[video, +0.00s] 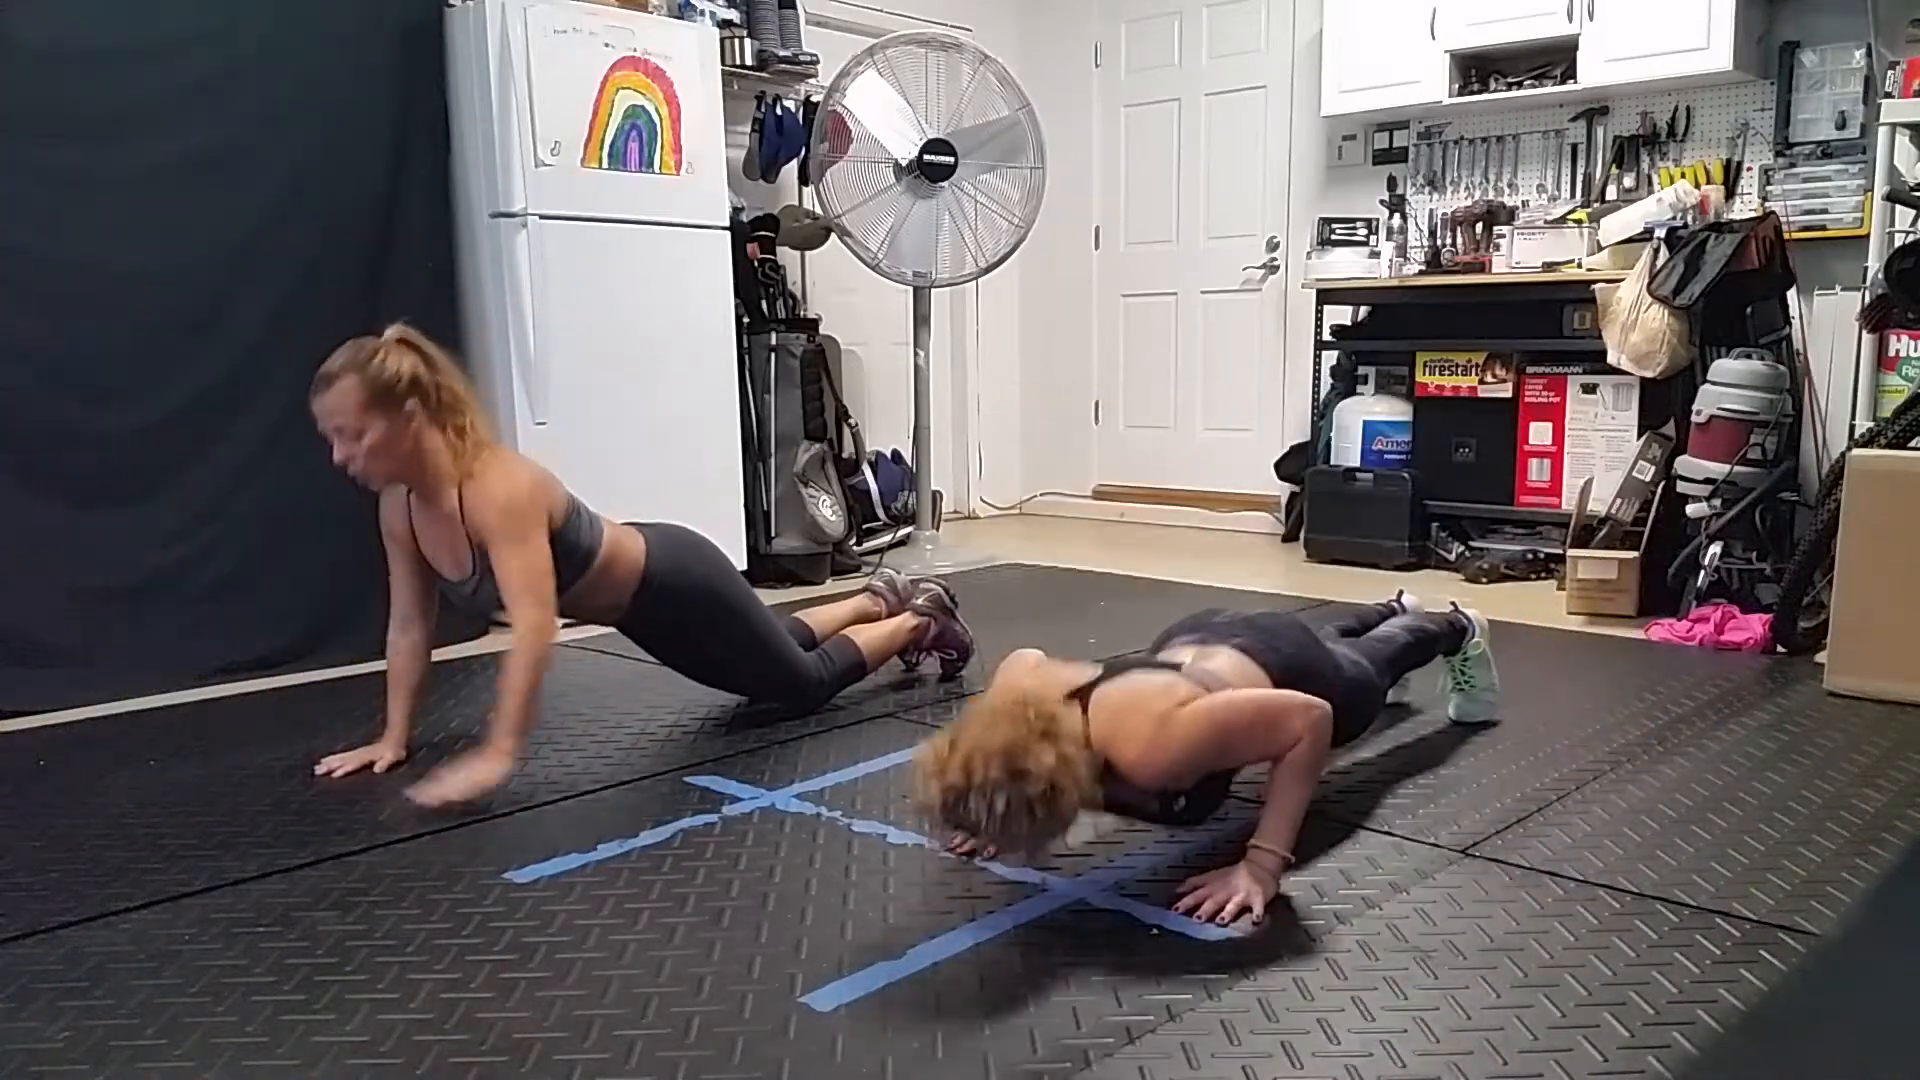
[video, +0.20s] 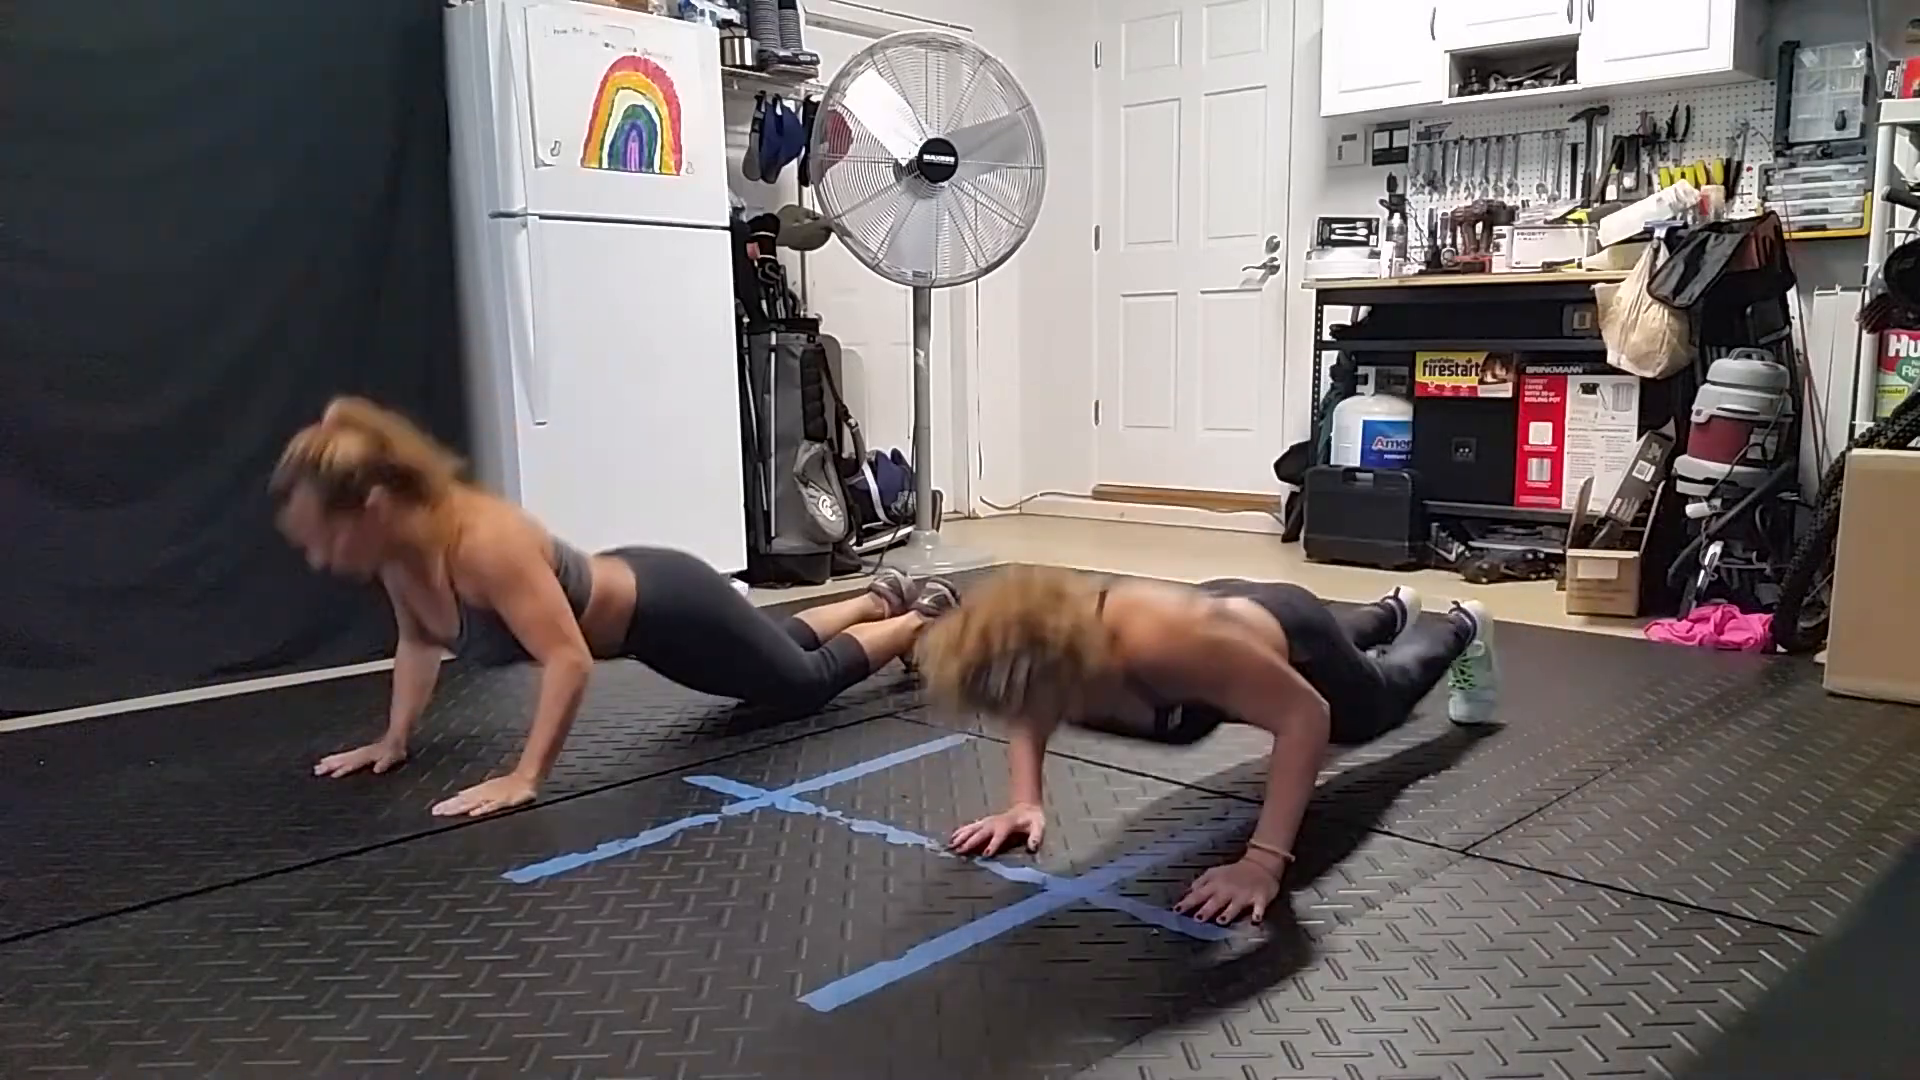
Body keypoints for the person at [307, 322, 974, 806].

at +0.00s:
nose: (338, 457)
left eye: (347, 437)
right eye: (331, 442)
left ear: (410, 417)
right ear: (384, 430)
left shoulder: (497, 488)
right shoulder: (401, 502)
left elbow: (534, 626)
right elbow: (410, 623)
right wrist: (393, 739)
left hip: (678, 586)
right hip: (637, 600)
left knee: (806, 682)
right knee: (769, 653)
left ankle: (920, 623)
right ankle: (878, 598)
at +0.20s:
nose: (316, 561)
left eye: (318, 541)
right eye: (305, 547)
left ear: (374, 508)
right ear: (366, 514)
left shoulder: (485, 541)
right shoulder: (396, 551)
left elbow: (569, 660)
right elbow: (419, 641)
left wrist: (524, 777)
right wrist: (394, 737)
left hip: (667, 606)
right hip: (629, 593)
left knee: (812, 681)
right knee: (768, 641)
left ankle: (919, 621)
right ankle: (872, 599)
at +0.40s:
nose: (296, 672)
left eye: (293, 658)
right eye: (283, 663)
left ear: (333, 617)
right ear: (328, 611)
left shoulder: (444, 609)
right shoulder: (381, 606)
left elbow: (574, 666)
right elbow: (407, 673)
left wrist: (523, 779)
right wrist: (397, 740)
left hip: (651, 640)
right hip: (611, 621)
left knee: (807, 676)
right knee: (761, 640)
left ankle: (918, 618)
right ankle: (878, 600)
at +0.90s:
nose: (298, 585)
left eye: (302, 568)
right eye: (290, 569)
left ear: (354, 544)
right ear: (345, 547)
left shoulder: (464, 562)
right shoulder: (391, 572)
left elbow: (568, 666)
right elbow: (405, 643)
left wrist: (522, 779)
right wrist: (393, 739)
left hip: (661, 633)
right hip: (622, 612)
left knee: (809, 684)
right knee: (773, 643)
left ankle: (923, 623)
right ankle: (885, 598)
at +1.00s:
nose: (326, 511)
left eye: (338, 494)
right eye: (322, 495)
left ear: (397, 482)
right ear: (376, 487)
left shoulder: (493, 530)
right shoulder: (399, 538)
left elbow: (556, 659)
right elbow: (409, 638)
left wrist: (524, 777)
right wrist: (394, 739)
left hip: (674, 623)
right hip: (632, 606)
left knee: (807, 680)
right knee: (773, 643)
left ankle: (924, 627)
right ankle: (878, 598)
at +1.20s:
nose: (409, 414)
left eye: (428, 401)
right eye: (407, 397)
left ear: (490, 412)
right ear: (426, 408)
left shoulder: (545, 506)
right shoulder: (439, 479)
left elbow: (541, 655)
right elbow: (403, 595)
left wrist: (525, 776)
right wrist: (365, 708)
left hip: (704, 602)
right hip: (666, 584)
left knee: (814, 679)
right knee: (775, 648)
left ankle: (924, 622)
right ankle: (877, 600)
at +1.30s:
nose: (436, 395)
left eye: (455, 384)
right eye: (436, 379)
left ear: (521, 406)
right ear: (458, 393)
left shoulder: (555, 506)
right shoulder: (457, 463)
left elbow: (545, 649)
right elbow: (363, 548)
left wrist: (525, 774)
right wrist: (280, 642)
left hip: (718, 602)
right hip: (682, 560)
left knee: (823, 676)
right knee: (785, 619)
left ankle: (924, 626)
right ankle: (882, 597)